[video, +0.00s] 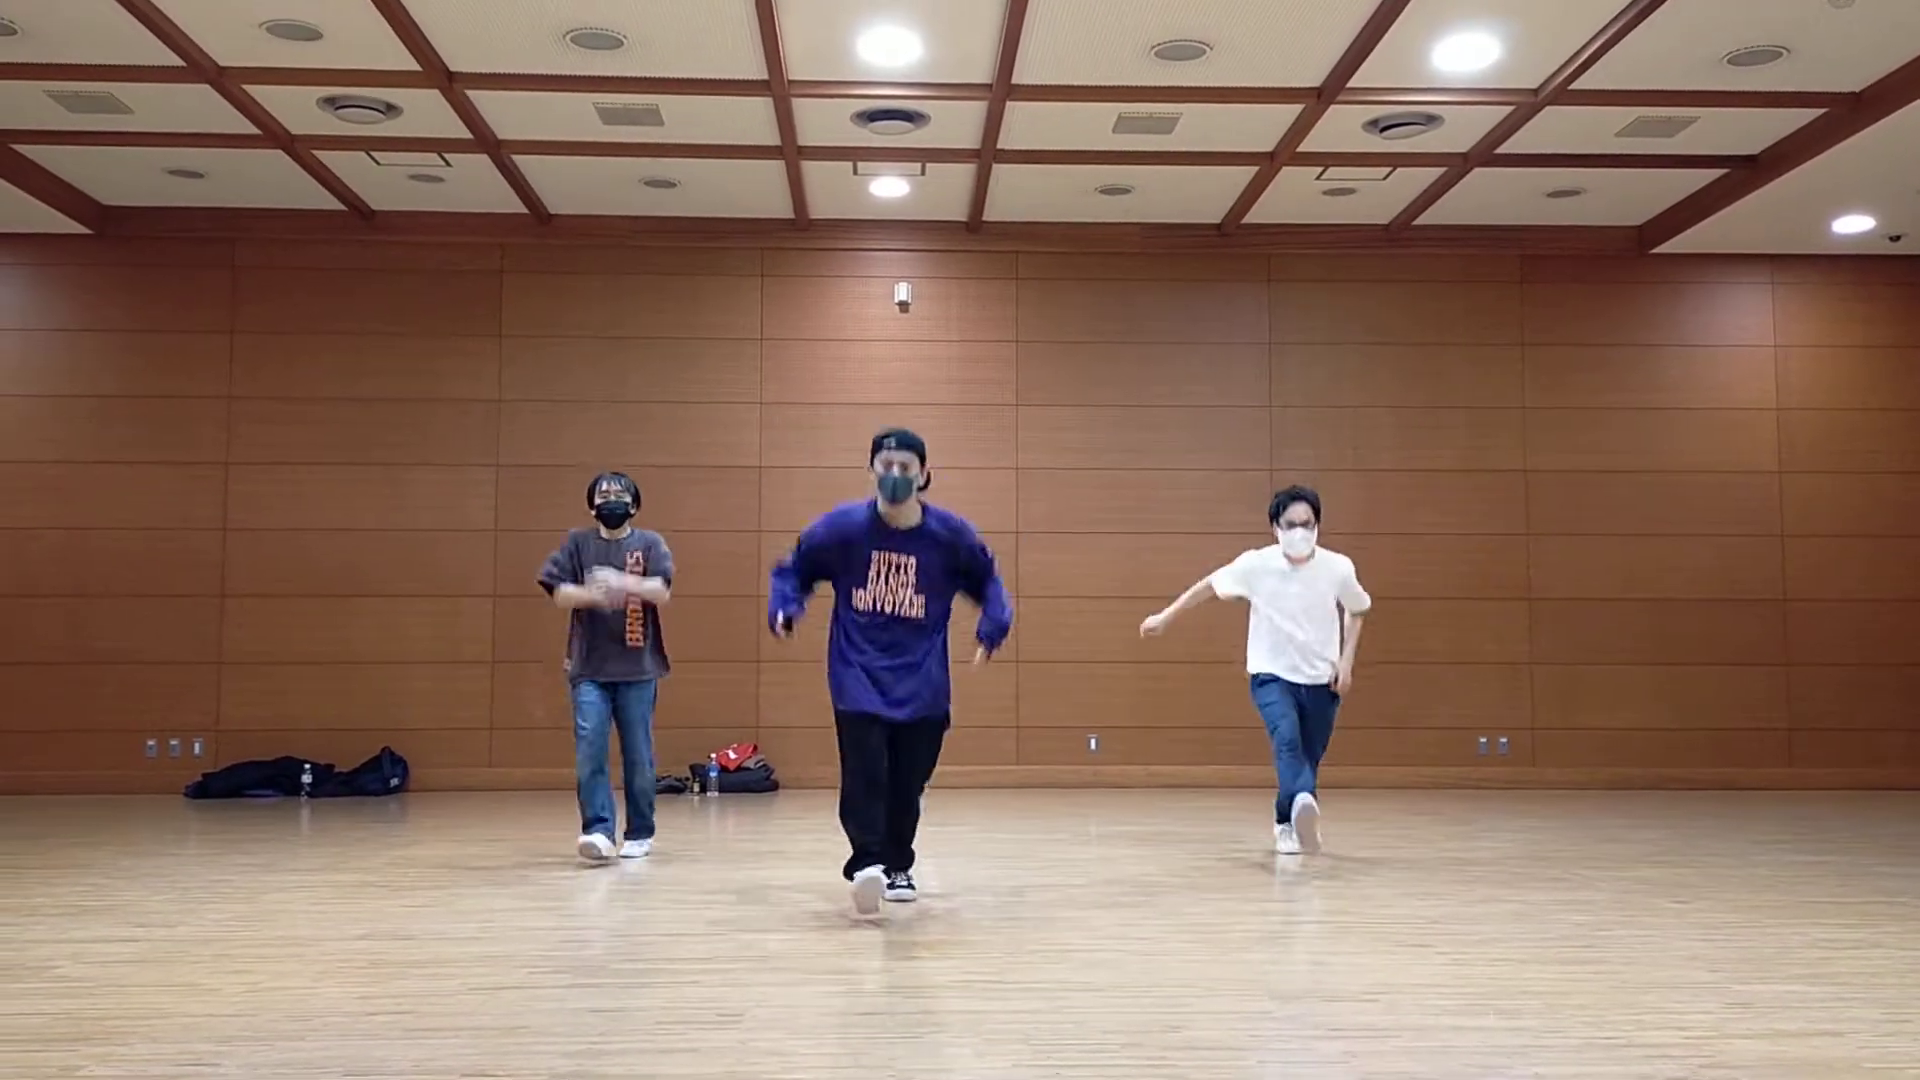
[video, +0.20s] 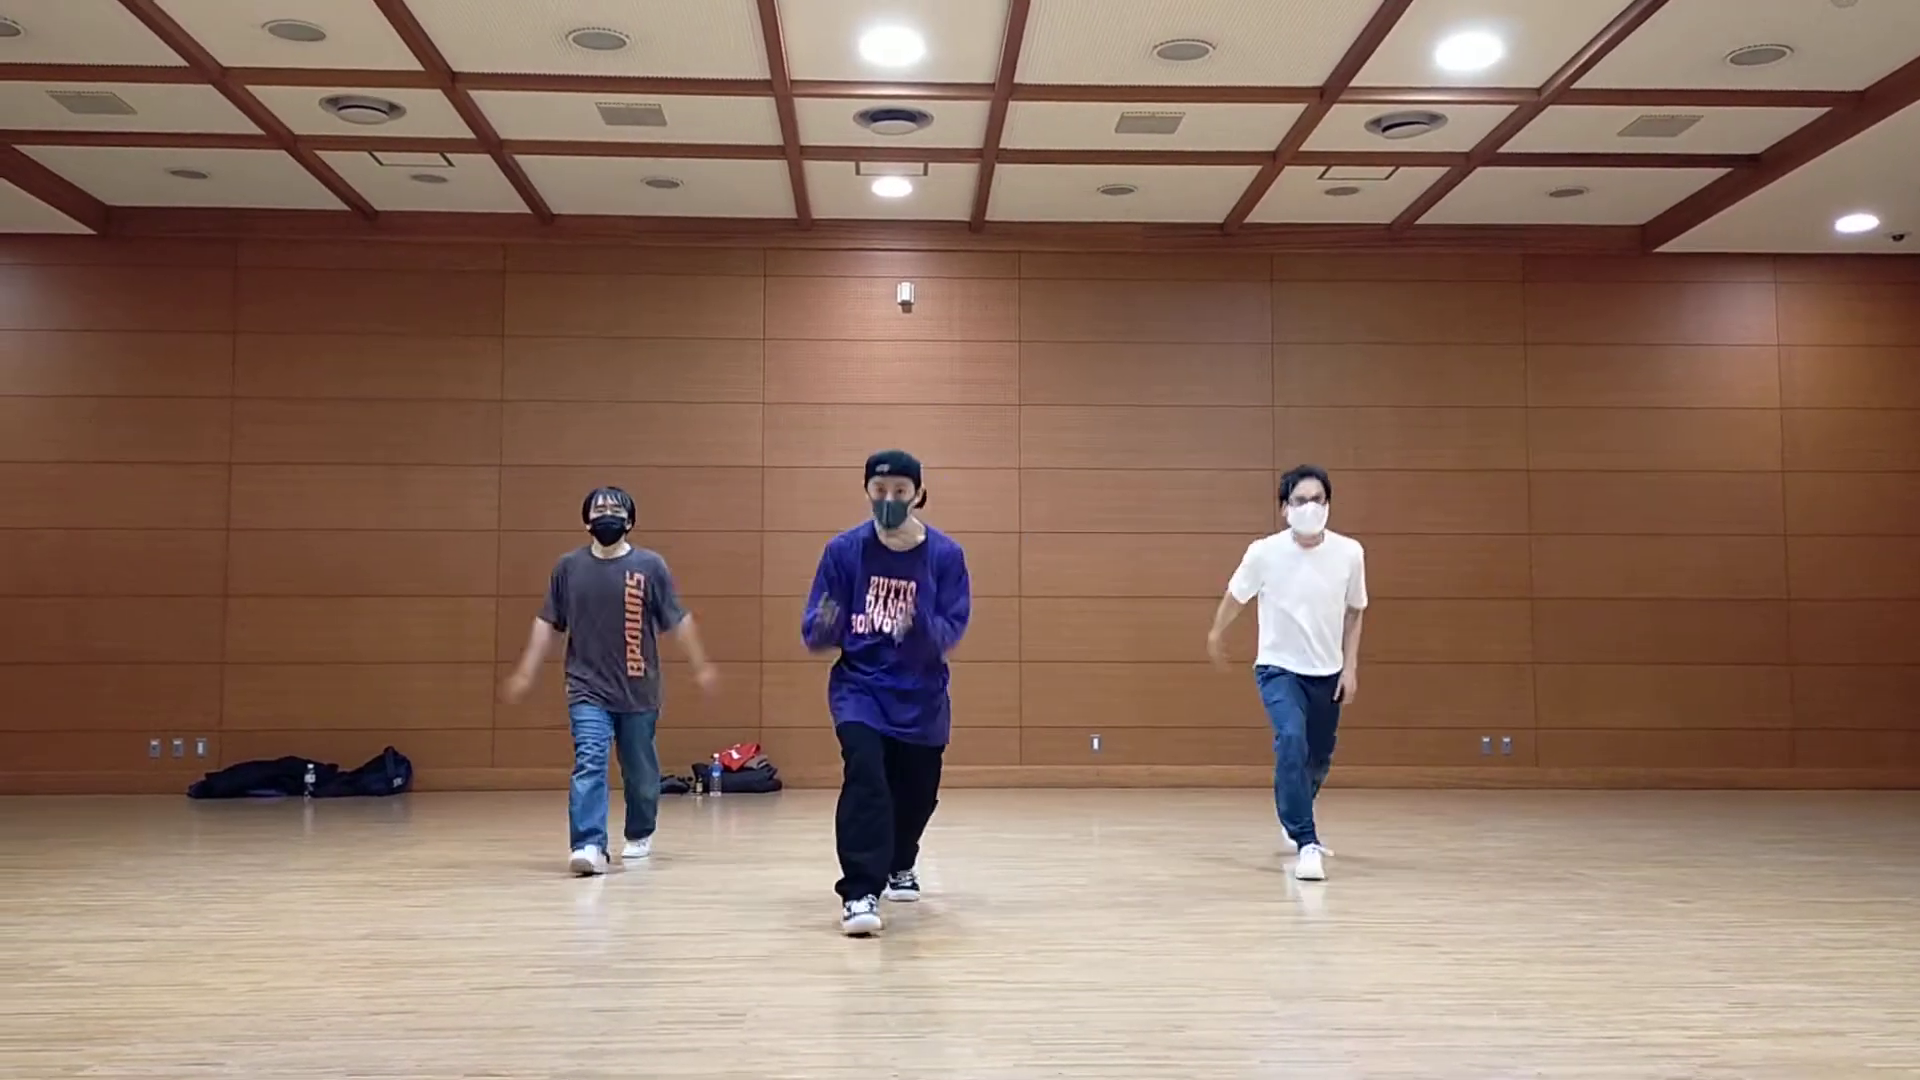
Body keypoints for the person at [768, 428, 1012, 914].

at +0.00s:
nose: (894, 474)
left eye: (905, 467)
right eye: (886, 465)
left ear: (922, 475)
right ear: (873, 471)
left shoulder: (950, 534)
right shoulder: (844, 526)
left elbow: (988, 580)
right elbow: (793, 569)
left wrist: (995, 619)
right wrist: (785, 601)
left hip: (922, 675)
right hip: (858, 672)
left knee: (908, 779)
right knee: (866, 768)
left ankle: (898, 869)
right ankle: (867, 868)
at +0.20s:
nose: (889, 499)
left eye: (899, 491)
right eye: (880, 490)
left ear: (918, 495)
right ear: (868, 493)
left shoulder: (944, 555)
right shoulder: (844, 551)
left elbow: (951, 631)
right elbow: (814, 632)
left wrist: (920, 622)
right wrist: (826, 629)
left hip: (920, 695)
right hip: (860, 689)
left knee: (917, 791)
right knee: (867, 778)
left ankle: (901, 864)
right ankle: (860, 892)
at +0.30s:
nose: (886, 461)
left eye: (897, 453)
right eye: (878, 453)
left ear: (916, 462)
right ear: (864, 461)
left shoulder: (944, 523)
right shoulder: (840, 524)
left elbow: (942, 597)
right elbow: (816, 592)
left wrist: (892, 550)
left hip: (921, 674)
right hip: (859, 672)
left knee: (919, 783)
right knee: (865, 782)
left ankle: (910, 853)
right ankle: (864, 895)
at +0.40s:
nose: (891, 433)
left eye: (901, 425)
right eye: (881, 426)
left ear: (919, 437)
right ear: (867, 437)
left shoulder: (947, 493)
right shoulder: (841, 497)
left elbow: (949, 567)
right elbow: (822, 564)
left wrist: (893, 535)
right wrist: (863, 535)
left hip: (930, 663)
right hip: (864, 663)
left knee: (927, 775)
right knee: (870, 780)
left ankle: (917, 857)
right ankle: (870, 893)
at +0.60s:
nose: (898, 438)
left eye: (909, 431)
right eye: (888, 431)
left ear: (926, 446)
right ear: (872, 444)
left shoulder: (956, 518)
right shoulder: (845, 517)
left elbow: (962, 609)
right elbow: (841, 611)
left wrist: (931, 676)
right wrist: (878, 679)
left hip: (929, 683)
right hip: (861, 684)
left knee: (917, 781)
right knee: (873, 787)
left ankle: (914, 897)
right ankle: (875, 901)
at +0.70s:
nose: (902, 416)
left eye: (912, 410)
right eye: (891, 410)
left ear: (930, 428)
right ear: (875, 427)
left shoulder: (956, 500)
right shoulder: (847, 498)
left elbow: (973, 590)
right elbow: (830, 584)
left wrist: (956, 653)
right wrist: (863, 638)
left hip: (929, 674)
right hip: (864, 673)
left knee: (923, 790)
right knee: (868, 792)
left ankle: (920, 893)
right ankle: (876, 900)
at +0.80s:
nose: (904, 389)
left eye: (915, 382)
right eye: (894, 382)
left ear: (933, 401)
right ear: (877, 399)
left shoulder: (957, 471)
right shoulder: (849, 468)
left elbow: (981, 550)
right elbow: (813, 539)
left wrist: (992, 605)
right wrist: (809, 586)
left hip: (933, 647)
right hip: (862, 648)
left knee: (942, 767)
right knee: (858, 768)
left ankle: (947, 886)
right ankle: (857, 888)